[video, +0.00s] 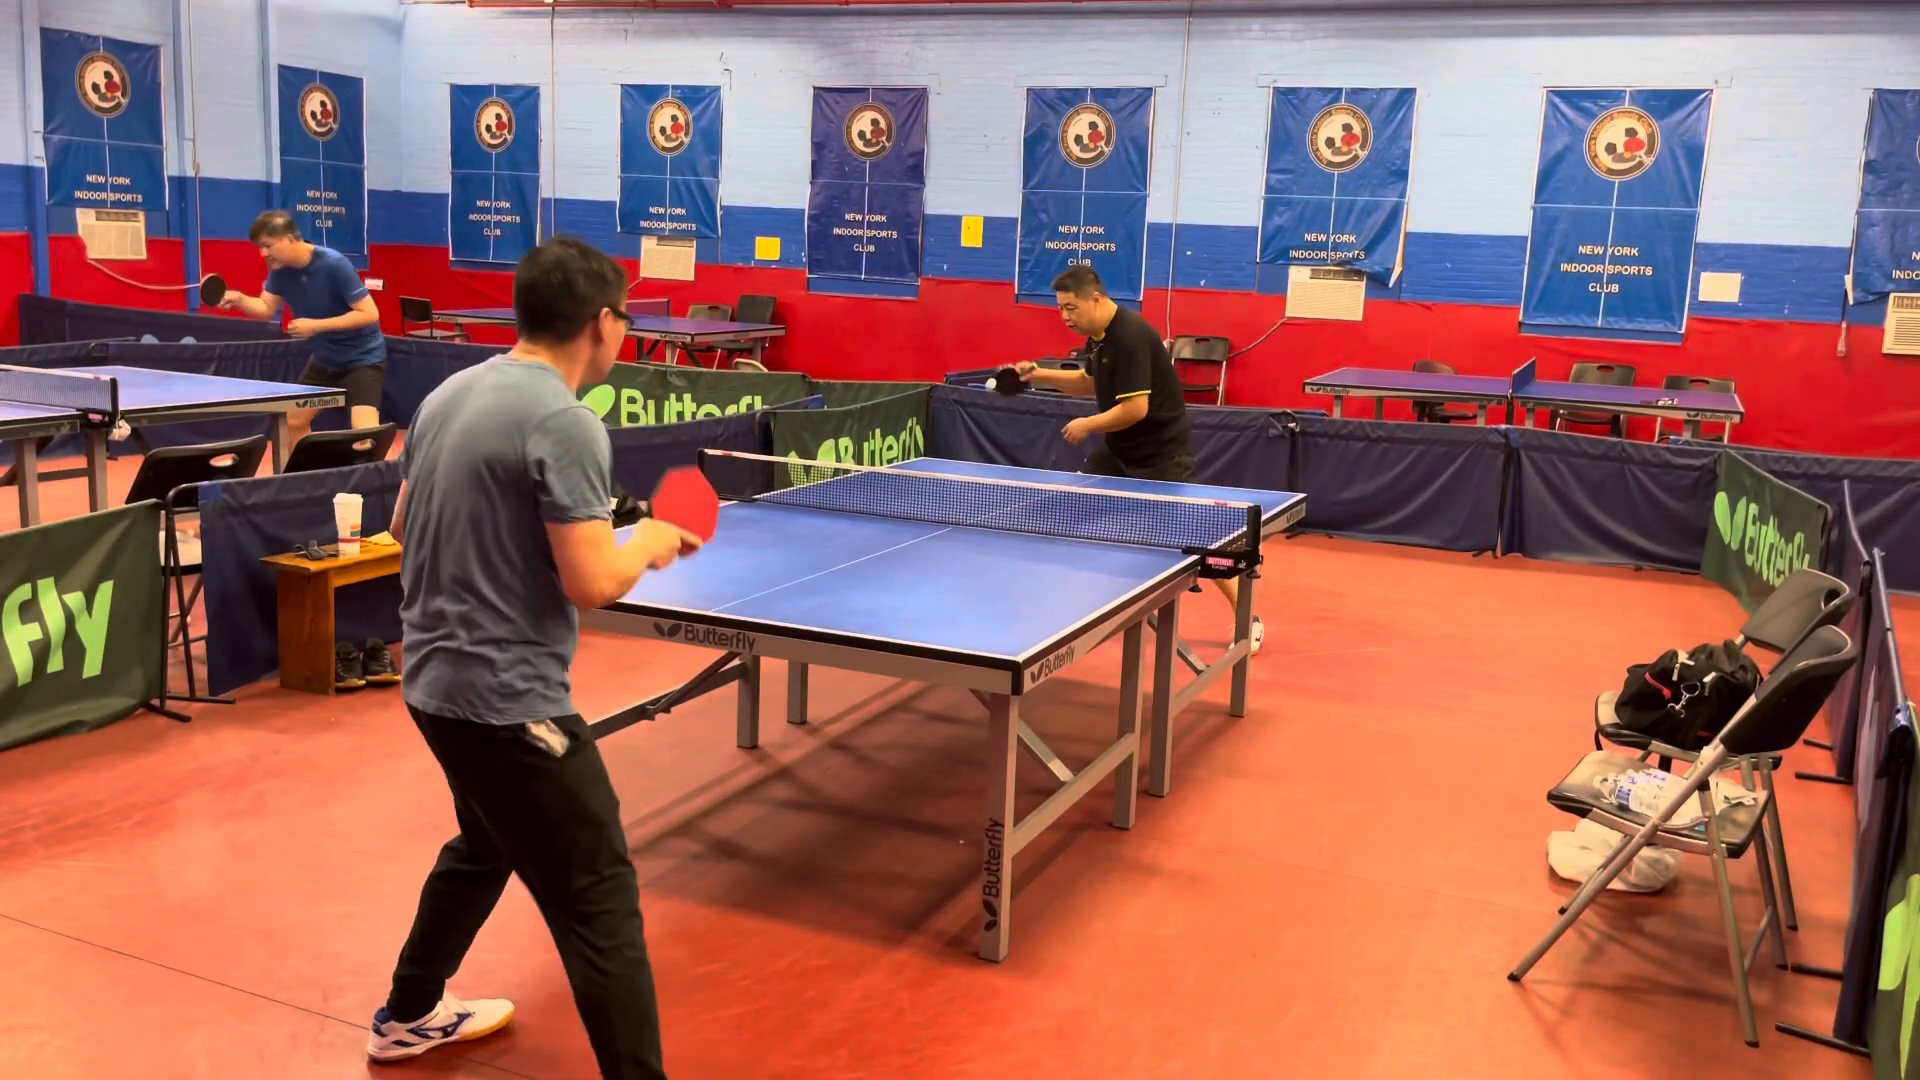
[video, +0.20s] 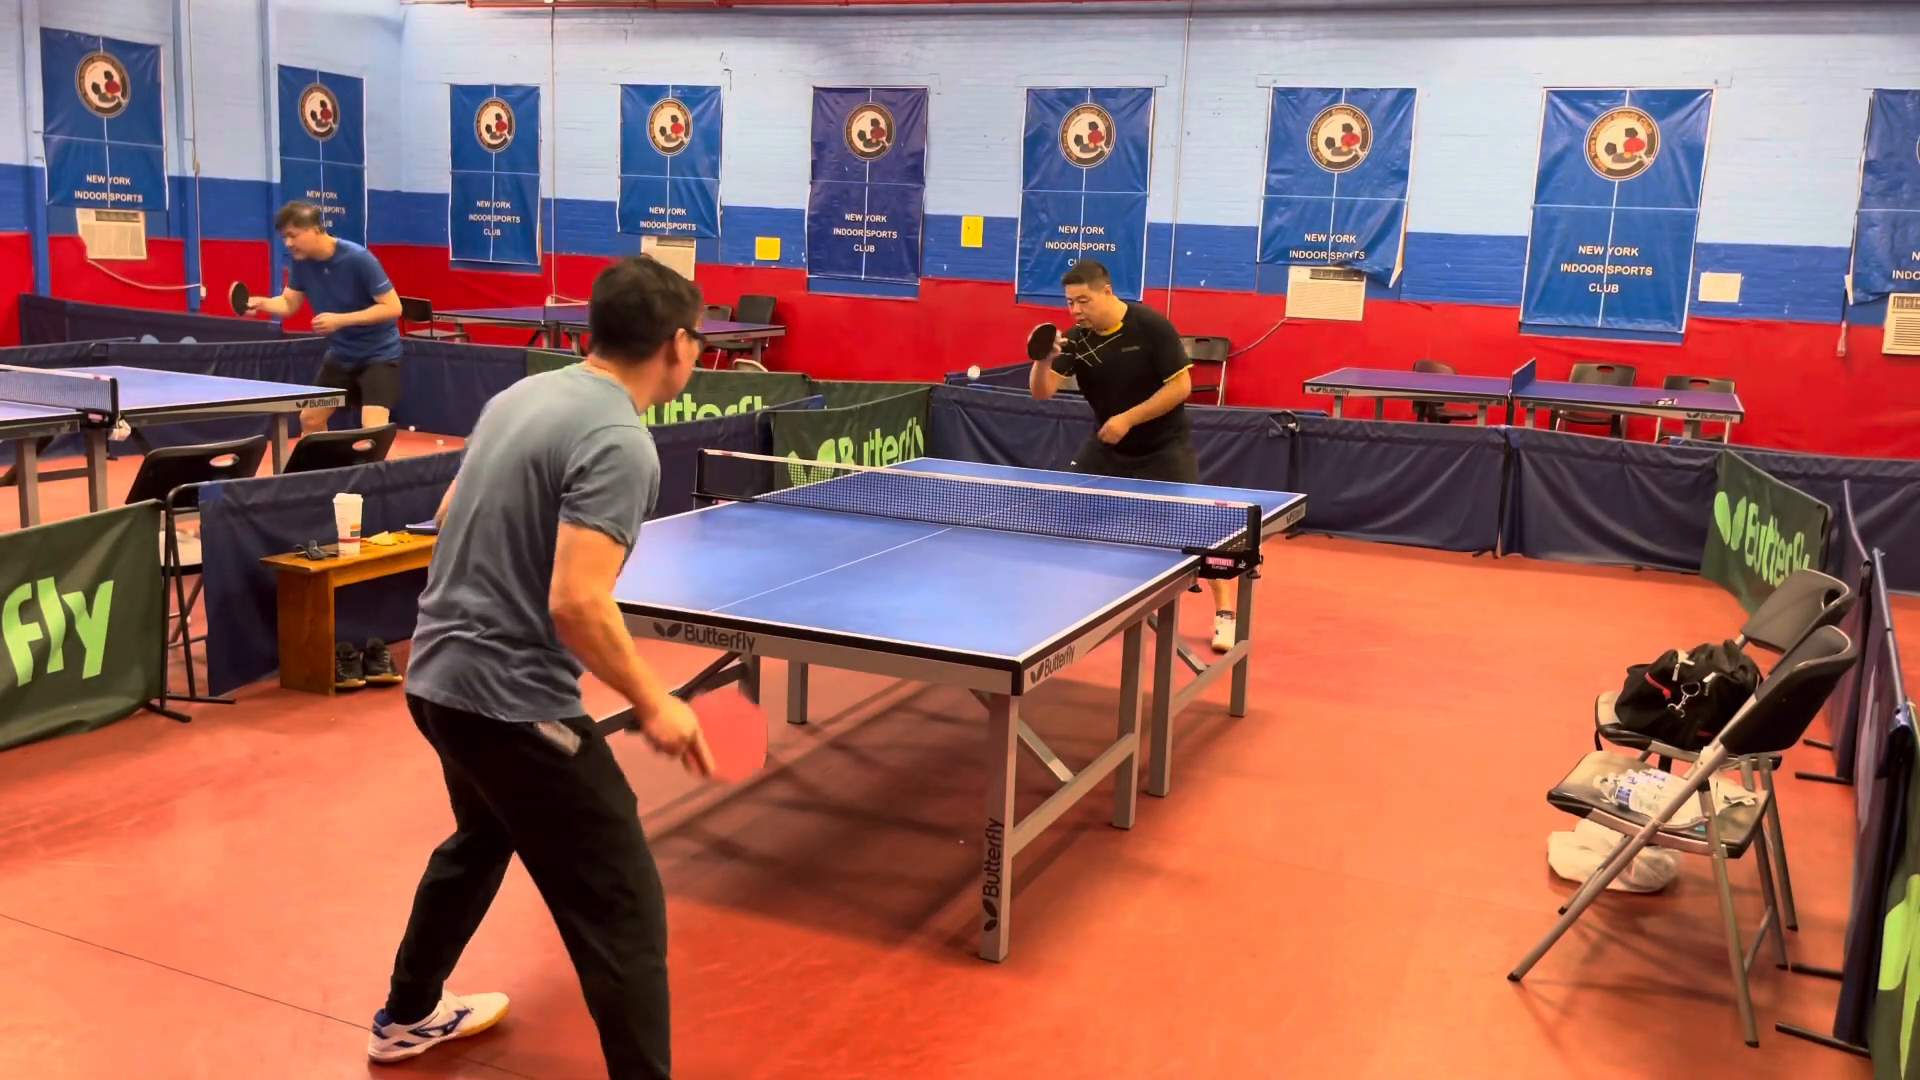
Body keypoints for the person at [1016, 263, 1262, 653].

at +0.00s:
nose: (1065, 317)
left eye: (1071, 308)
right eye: (1061, 309)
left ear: (1098, 300)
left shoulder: (1130, 336)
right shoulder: (1099, 334)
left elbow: (1136, 407)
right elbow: (1093, 382)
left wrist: (1088, 424)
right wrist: (1038, 375)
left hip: (1161, 459)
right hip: (1116, 454)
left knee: (1196, 534)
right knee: (1065, 510)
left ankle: (1247, 619)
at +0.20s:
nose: (1075, 311)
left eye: (1081, 301)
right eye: (1070, 303)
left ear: (1105, 292)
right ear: (1070, 302)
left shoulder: (1150, 325)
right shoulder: (1077, 340)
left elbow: (1181, 385)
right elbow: (1041, 392)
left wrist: (1127, 419)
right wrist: (1043, 357)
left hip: (1165, 450)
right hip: (1107, 448)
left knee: (1196, 522)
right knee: (1055, 505)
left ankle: (1224, 611)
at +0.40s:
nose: (1104, 319)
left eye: (1112, 309)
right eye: (1098, 310)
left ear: (1136, 303)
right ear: (1093, 310)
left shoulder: (1176, 338)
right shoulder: (1093, 352)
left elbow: (1204, 394)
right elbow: (1073, 419)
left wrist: (1160, 429)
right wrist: (1074, 396)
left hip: (1172, 449)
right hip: (1109, 446)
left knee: (1200, 521)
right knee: (1055, 504)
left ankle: (1218, 614)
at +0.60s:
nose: (1091, 315)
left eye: (1100, 305)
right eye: (1085, 306)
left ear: (1122, 301)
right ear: (1080, 307)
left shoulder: (1158, 341)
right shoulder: (1082, 348)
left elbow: (1182, 402)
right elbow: (1073, 402)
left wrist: (1128, 430)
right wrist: (1065, 416)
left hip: (1162, 450)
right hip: (1106, 448)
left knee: (1194, 523)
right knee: (1059, 503)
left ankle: (1216, 614)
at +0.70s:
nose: (1076, 312)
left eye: (1084, 303)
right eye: (1070, 304)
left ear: (1107, 297)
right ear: (1067, 304)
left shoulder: (1139, 335)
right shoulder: (1079, 340)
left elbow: (1154, 405)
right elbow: (1078, 395)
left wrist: (1098, 422)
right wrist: (1052, 418)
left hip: (1153, 453)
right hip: (1102, 452)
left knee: (1182, 527)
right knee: (1063, 516)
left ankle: (1215, 613)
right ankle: (1053, 604)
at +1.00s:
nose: (1066, 322)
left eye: (1072, 312)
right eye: (1062, 313)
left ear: (1099, 303)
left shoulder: (1128, 341)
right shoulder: (1102, 332)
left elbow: (1120, 415)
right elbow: (1104, 375)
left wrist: (1081, 413)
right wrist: (1060, 374)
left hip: (1150, 455)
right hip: (1107, 447)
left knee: (1176, 530)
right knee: (1062, 509)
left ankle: (1220, 614)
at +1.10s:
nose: (1088, 317)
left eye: (1093, 308)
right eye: (1085, 309)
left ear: (1120, 297)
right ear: (1089, 305)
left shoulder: (1162, 335)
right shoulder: (1099, 335)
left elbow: (1162, 407)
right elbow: (1079, 388)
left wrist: (1111, 413)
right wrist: (1070, 362)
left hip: (1163, 453)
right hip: (1112, 449)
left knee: (1185, 531)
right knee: (1066, 510)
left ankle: (1218, 616)